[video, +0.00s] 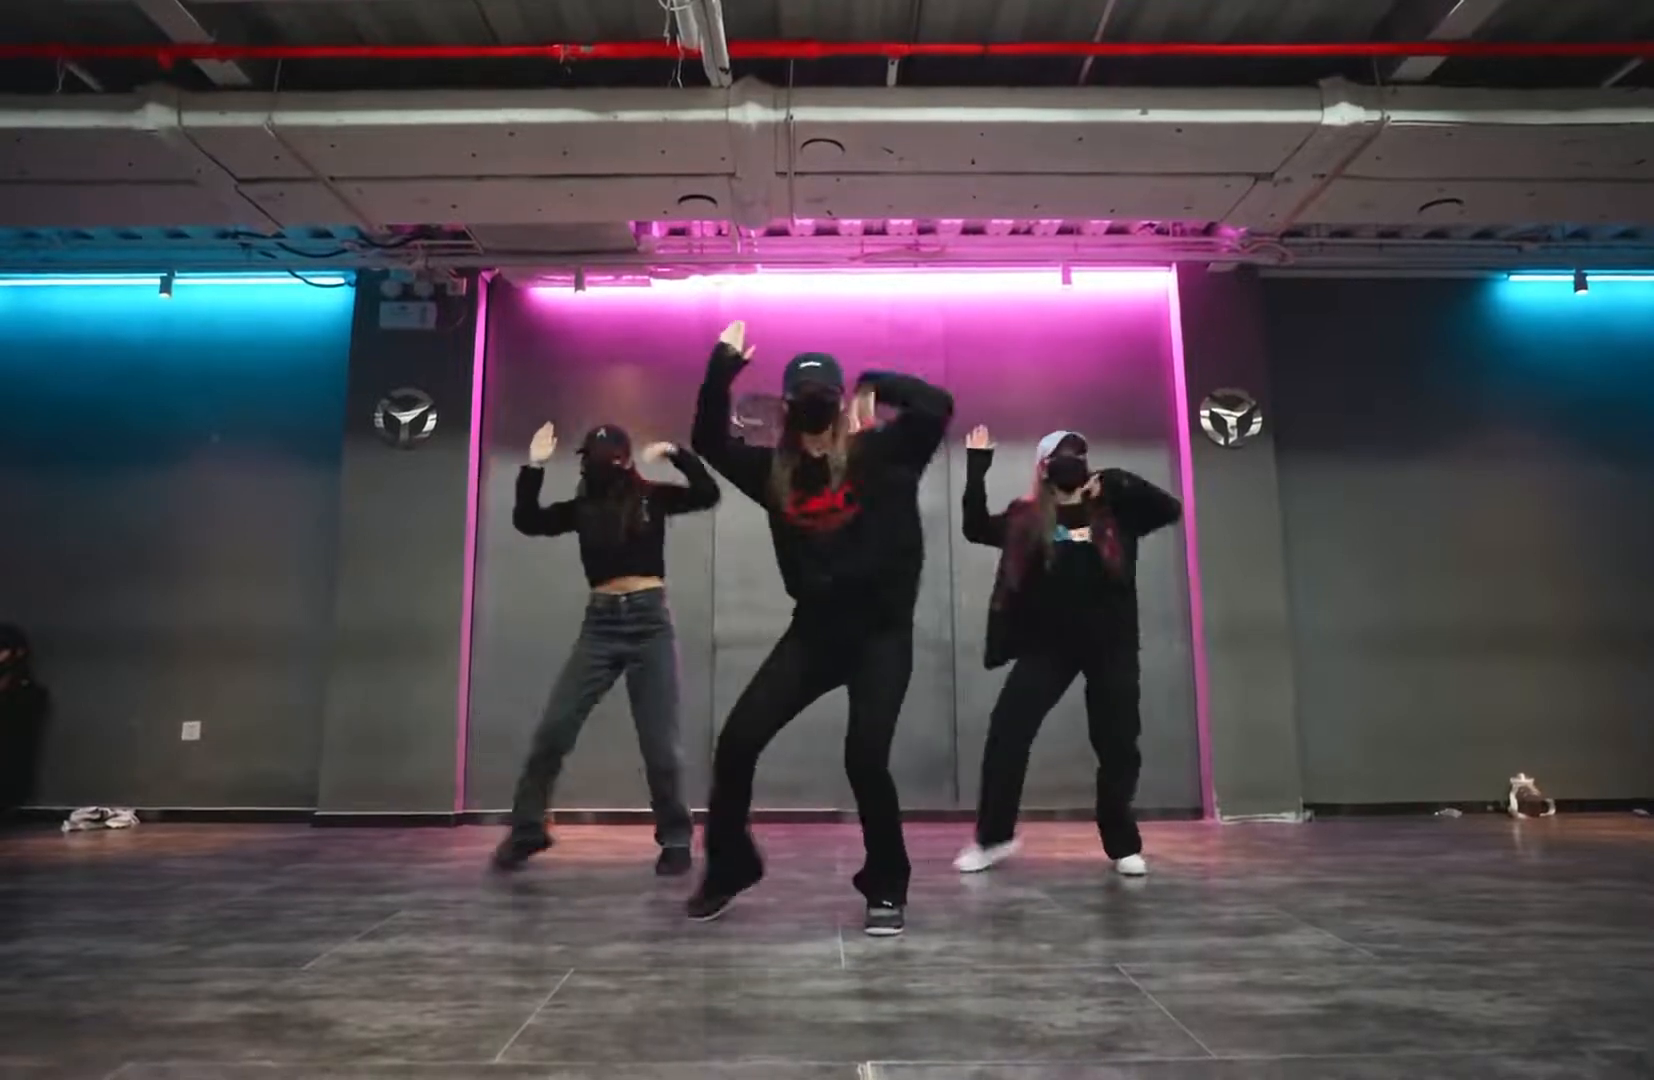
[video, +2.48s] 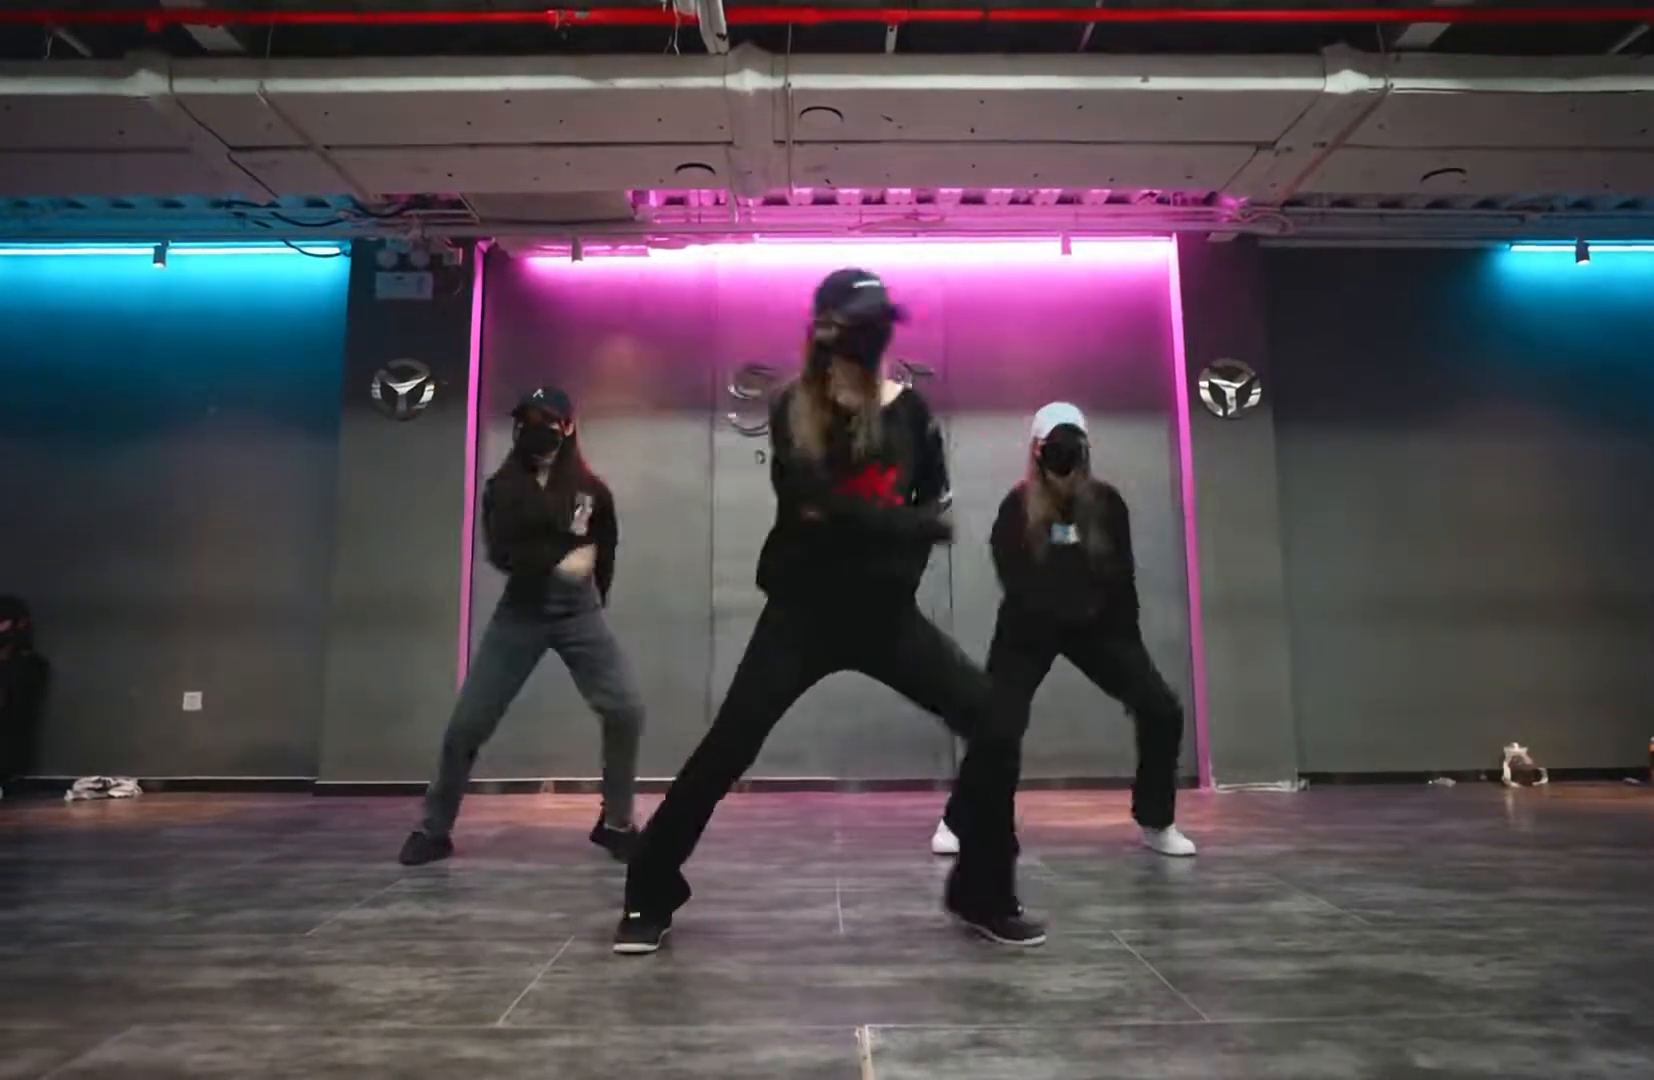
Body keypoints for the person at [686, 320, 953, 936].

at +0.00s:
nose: (817, 427)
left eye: (825, 413)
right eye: (805, 416)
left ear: (843, 409)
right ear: (786, 414)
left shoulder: (887, 455)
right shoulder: (774, 474)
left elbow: (938, 407)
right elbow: (712, 442)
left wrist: (875, 383)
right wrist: (723, 367)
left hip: (882, 636)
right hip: (814, 636)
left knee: (865, 760)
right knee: (737, 742)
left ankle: (887, 892)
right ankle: (730, 866)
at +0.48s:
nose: (841, 350)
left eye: (850, 339)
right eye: (830, 338)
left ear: (868, 334)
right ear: (808, 332)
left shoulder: (893, 390)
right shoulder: (787, 380)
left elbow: (910, 480)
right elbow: (727, 333)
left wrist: (916, 551)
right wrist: (753, 264)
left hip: (886, 547)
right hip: (818, 546)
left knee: (879, 678)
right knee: (814, 689)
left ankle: (881, 818)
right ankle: (824, 835)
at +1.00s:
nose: (764, 430)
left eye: (774, 416)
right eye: (754, 418)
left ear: (798, 406)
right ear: (742, 416)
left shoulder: (832, 454)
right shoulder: (761, 466)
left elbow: (836, 526)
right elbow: (742, 522)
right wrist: (699, 554)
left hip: (863, 637)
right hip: (796, 636)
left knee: (881, 768)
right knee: (718, 757)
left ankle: (903, 876)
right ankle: (665, 913)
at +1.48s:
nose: (828, 352)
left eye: (840, 339)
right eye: (815, 341)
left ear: (858, 344)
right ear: (795, 348)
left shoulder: (886, 426)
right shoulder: (773, 421)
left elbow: (894, 521)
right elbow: (756, 505)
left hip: (871, 634)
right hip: (784, 634)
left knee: (968, 744)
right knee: (689, 750)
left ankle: (993, 910)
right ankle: (660, 882)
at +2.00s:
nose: (811, 303)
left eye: (824, 292)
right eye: (799, 292)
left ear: (843, 300)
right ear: (779, 300)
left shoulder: (880, 387)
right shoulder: (738, 385)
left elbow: (937, 482)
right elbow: (652, 384)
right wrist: (611, 312)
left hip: (868, 589)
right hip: (773, 591)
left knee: (942, 737)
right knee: (698, 740)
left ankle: (1002, 902)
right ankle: (634, 906)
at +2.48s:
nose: (838, 353)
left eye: (852, 342)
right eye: (827, 338)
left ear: (878, 338)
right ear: (817, 336)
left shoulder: (909, 410)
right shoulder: (795, 408)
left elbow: (935, 518)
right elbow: (805, 500)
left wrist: (841, 511)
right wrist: (905, 505)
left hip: (885, 618)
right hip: (799, 618)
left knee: (996, 719)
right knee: (726, 751)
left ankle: (981, 892)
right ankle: (647, 898)